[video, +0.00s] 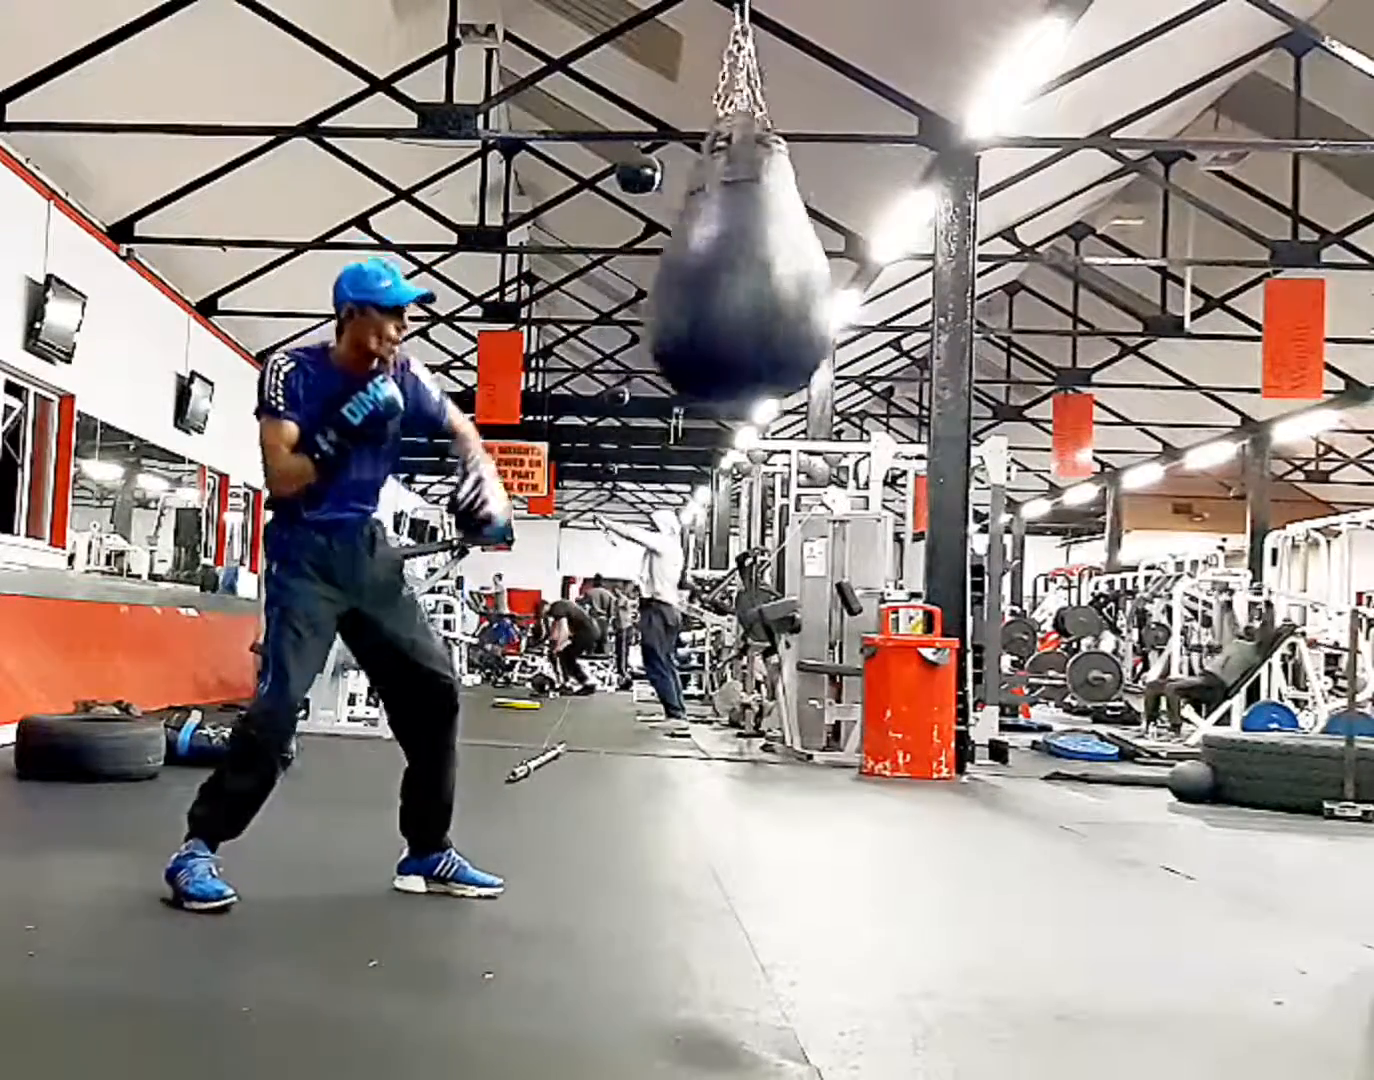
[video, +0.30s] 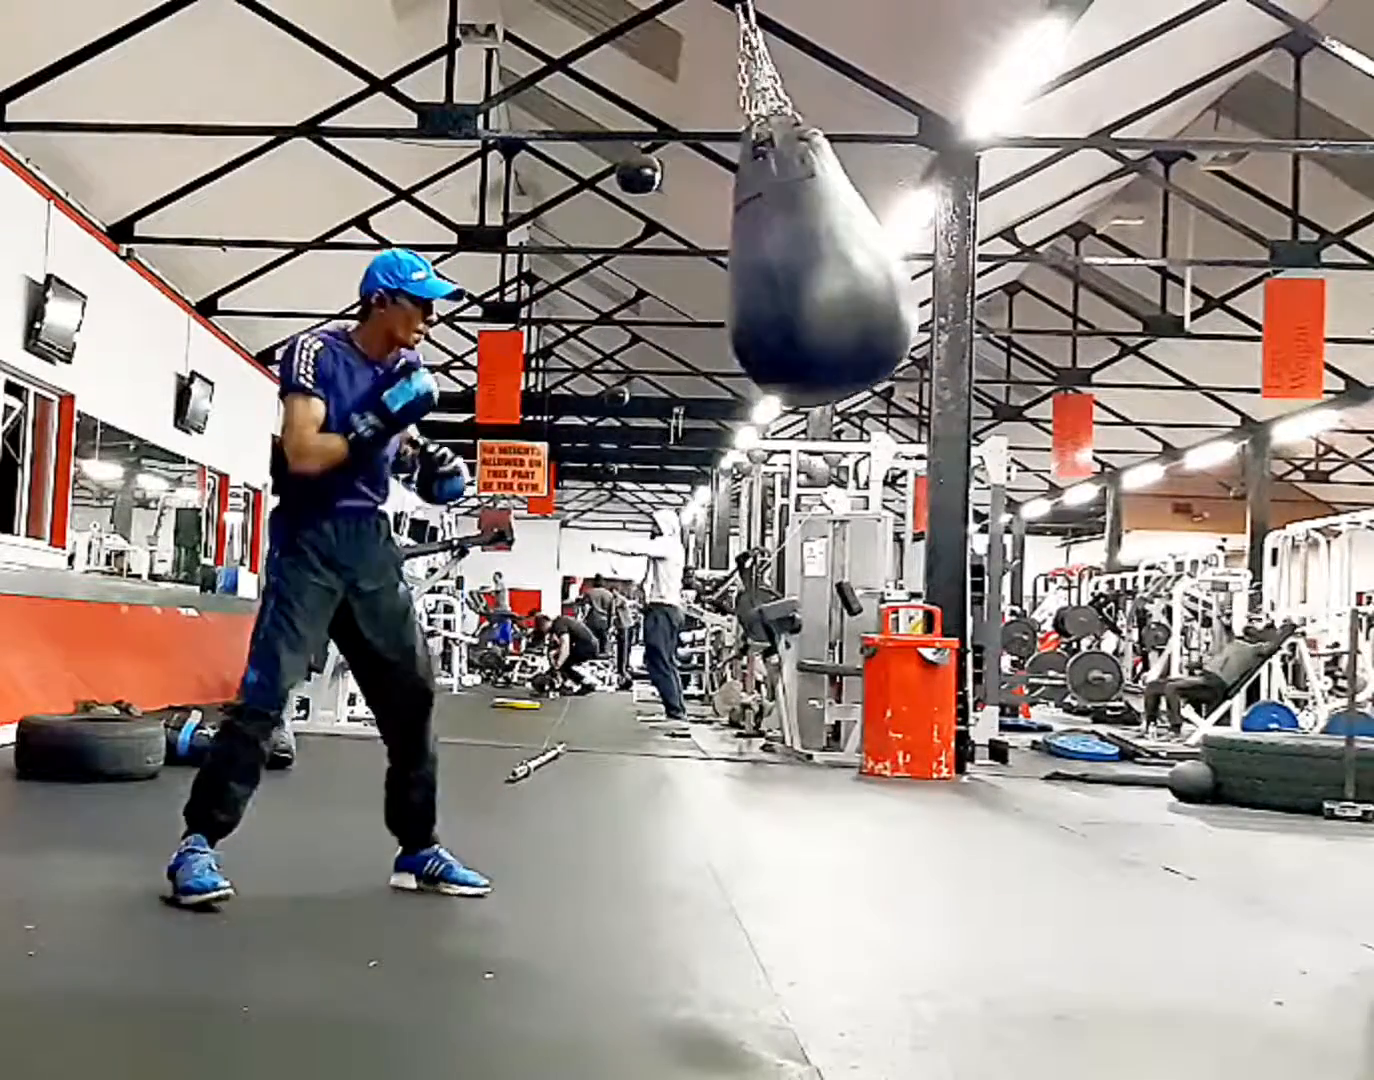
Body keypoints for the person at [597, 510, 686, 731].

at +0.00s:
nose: (653, 528)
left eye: (655, 524)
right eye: (654, 524)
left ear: (663, 525)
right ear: (673, 526)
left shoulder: (665, 543)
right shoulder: (674, 547)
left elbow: (634, 535)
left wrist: (608, 525)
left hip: (657, 606)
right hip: (669, 606)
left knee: (655, 662)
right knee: (665, 660)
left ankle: (674, 713)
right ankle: (677, 709)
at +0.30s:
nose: (652, 529)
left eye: (655, 525)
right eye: (653, 525)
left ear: (663, 526)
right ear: (671, 526)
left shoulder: (667, 545)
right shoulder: (674, 546)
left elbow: (634, 549)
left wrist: (603, 548)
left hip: (662, 609)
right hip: (668, 608)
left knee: (657, 661)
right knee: (666, 660)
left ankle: (675, 710)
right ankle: (677, 708)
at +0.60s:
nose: (646, 528)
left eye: (650, 525)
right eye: (648, 524)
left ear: (660, 527)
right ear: (663, 527)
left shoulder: (665, 550)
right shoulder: (661, 548)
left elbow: (648, 575)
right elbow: (650, 580)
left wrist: (625, 590)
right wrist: (629, 591)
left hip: (666, 611)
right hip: (661, 610)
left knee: (663, 662)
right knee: (661, 661)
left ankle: (676, 710)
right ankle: (675, 708)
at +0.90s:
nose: (638, 528)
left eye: (642, 524)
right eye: (640, 524)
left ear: (651, 526)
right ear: (657, 526)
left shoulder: (660, 549)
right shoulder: (659, 547)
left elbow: (662, 584)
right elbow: (651, 581)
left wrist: (654, 613)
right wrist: (638, 594)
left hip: (667, 610)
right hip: (672, 609)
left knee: (664, 662)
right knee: (669, 661)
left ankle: (676, 711)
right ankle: (677, 709)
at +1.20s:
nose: (637, 528)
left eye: (641, 524)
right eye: (639, 524)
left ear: (650, 527)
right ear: (655, 526)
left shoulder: (663, 549)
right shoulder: (653, 550)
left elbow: (678, 582)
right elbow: (652, 583)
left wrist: (681, 616)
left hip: (666, 612)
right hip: (658, 611)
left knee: (664, 664)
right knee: (668, 664)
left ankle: (676, 712)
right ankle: (676, 710)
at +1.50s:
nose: (638, 529)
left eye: (642, 525)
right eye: (640, 524)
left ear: (652, 528)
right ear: (655, 528)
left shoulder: (664, 550)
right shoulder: (654, 550)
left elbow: (682, 584)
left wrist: (689, 618)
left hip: (669, 612)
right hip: (662, 612)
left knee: (664, 664)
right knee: (668, 664)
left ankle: (676, 712)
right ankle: (677, 709)